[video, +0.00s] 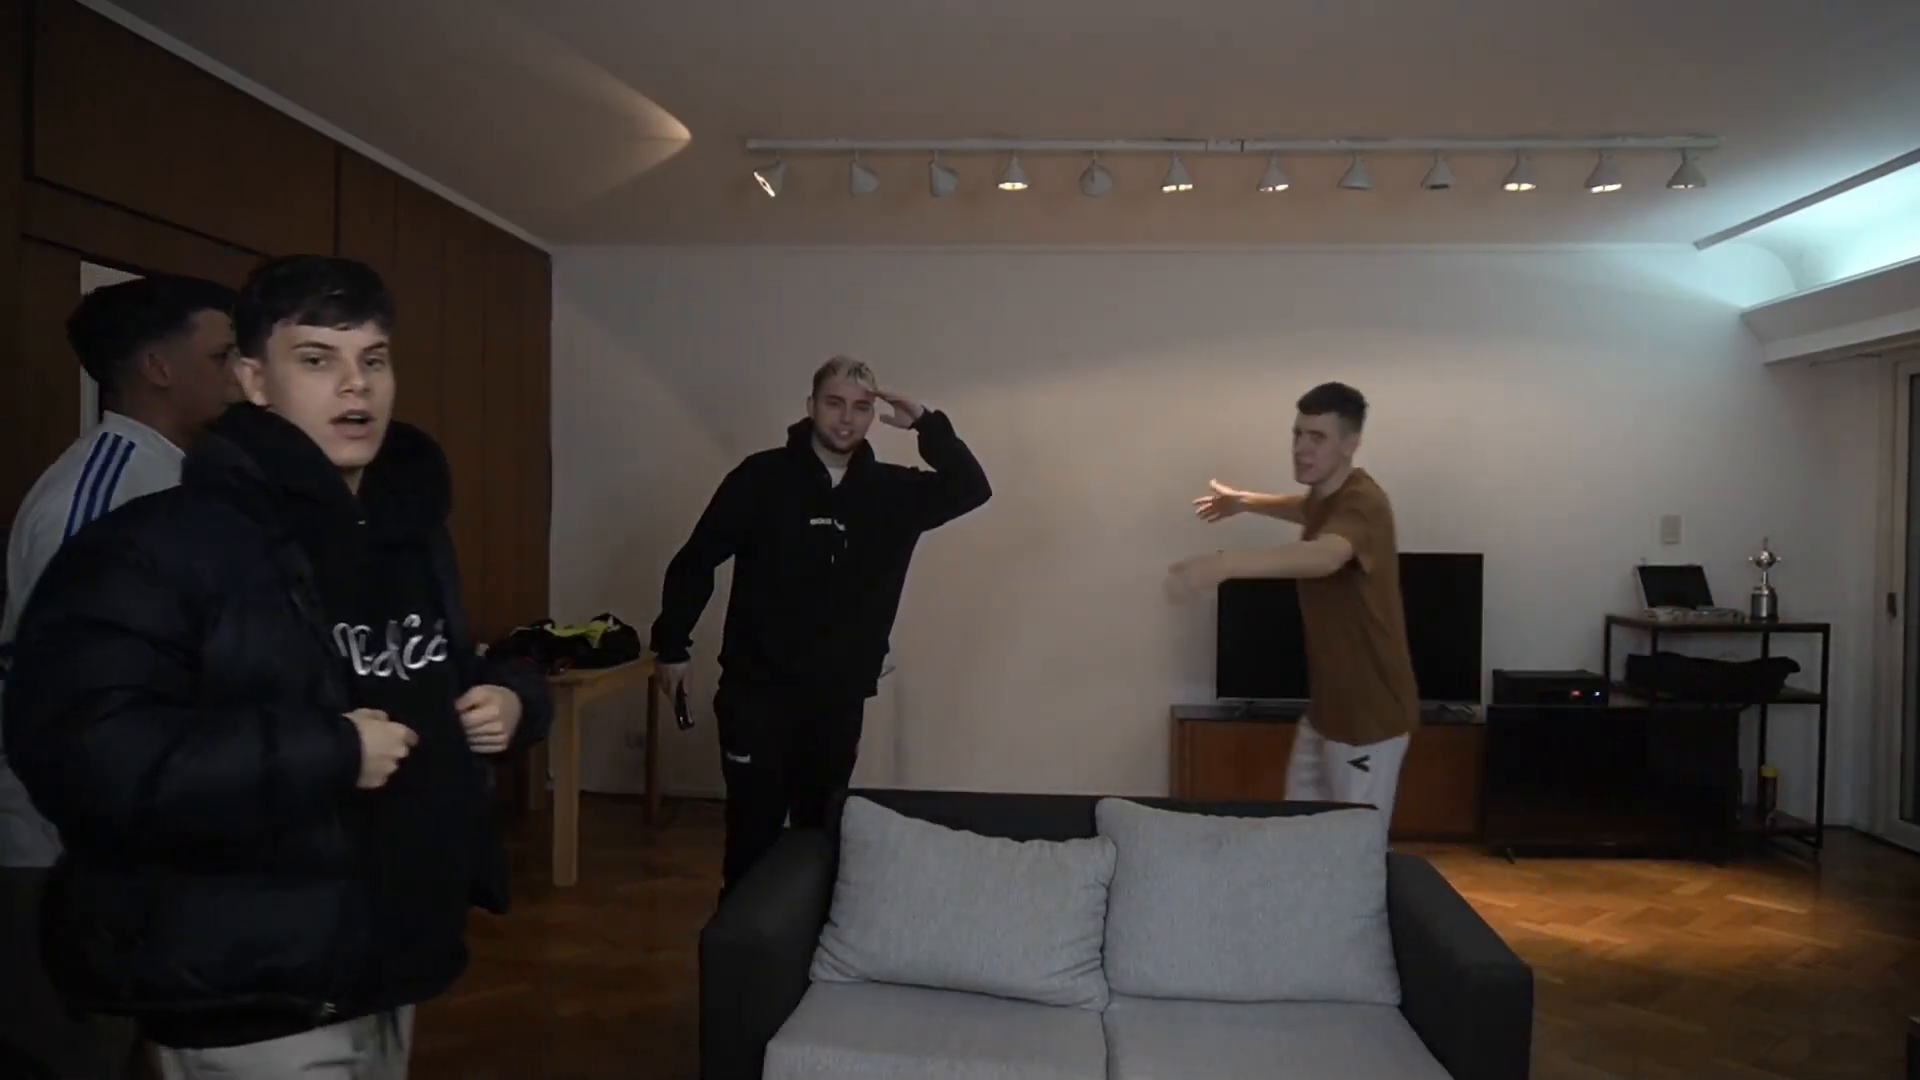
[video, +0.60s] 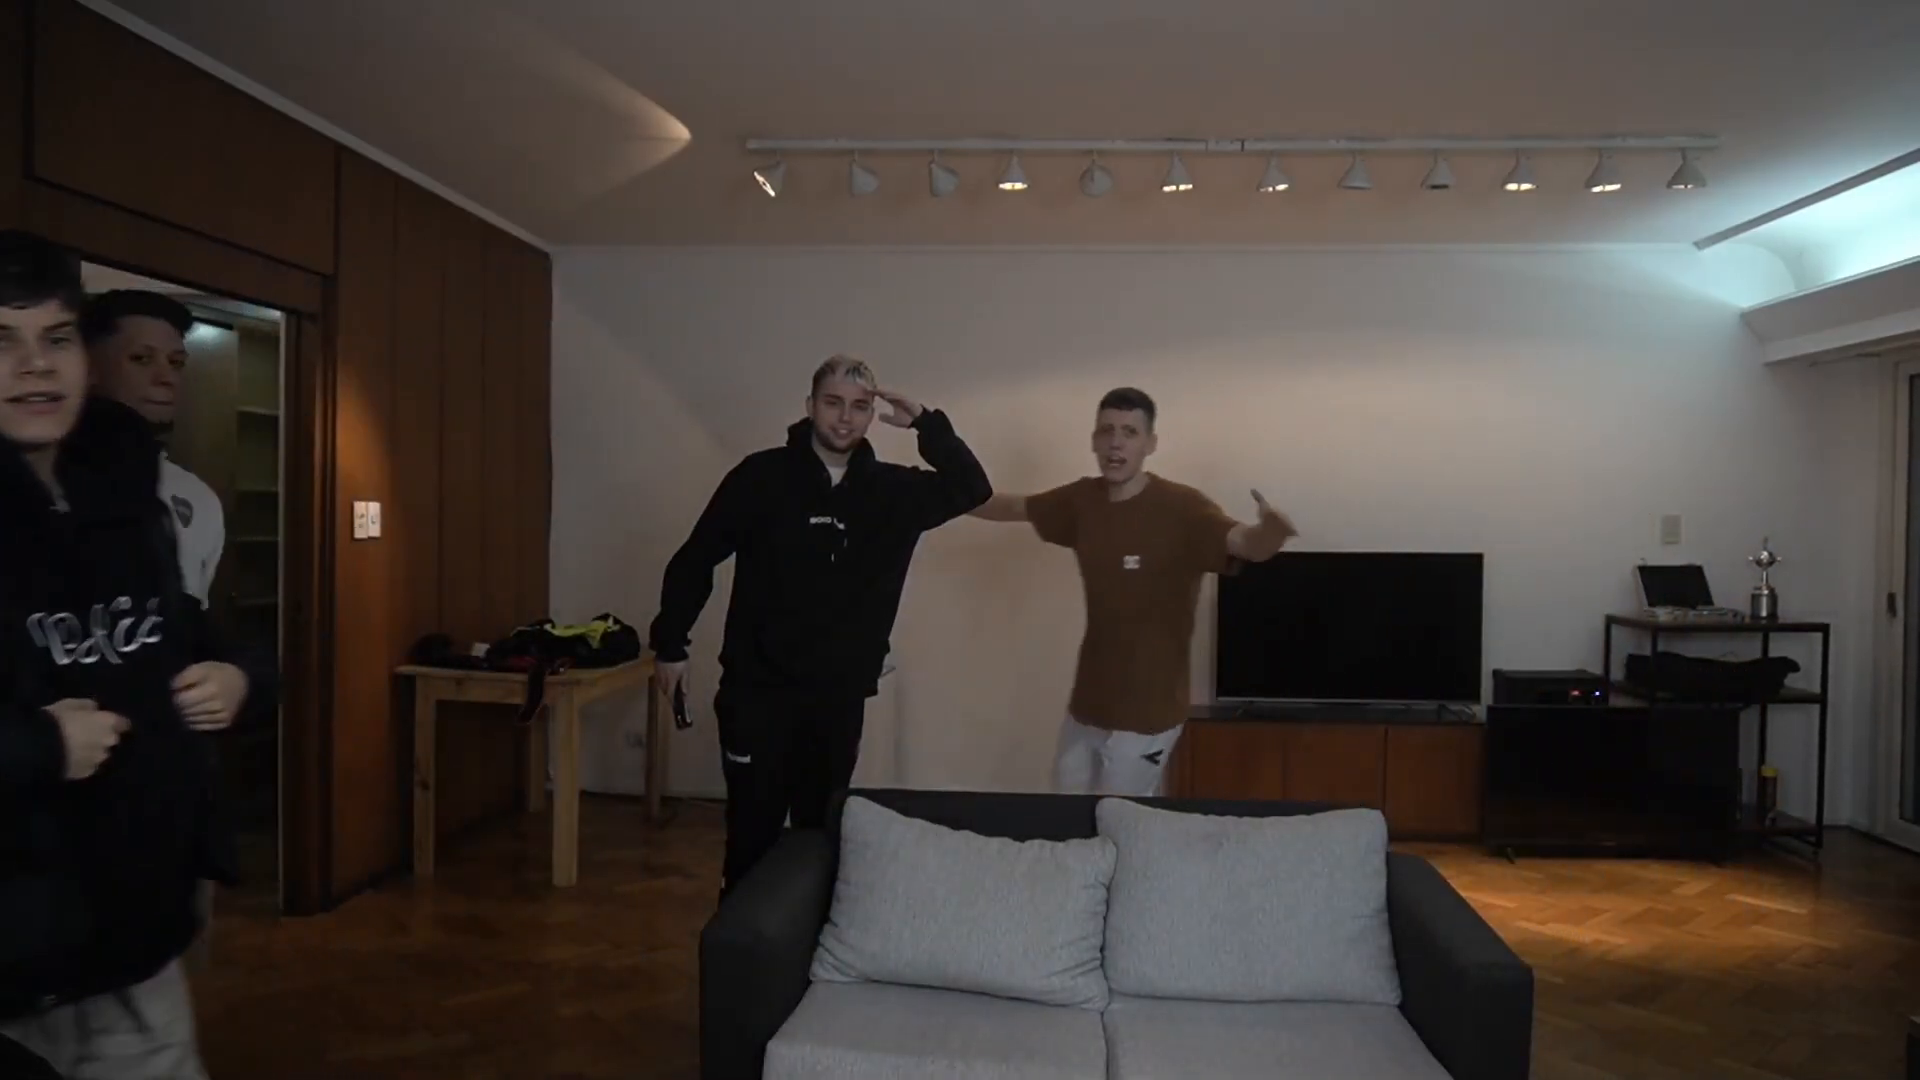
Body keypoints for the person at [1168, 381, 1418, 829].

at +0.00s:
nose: (1301, 447)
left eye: (1317, 437)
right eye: (1298, 434)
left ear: (1351, 444)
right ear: (1293, 434)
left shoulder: (1363, 501)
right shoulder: (1327, 497)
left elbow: (1325, 556)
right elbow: (1300, 508)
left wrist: (1222, 566)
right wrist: (1242, 501)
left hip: (1371, 718)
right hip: (1326, 707)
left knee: (1357, 852)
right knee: (1299, 838)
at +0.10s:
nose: (1264, 436)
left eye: (1279, 425)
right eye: (1260, 423)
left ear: (1311, 435)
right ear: (1253, 425)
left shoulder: (1324, 491)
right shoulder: (1279, 490)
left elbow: (1303, 553)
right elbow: (1262, 506)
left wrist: (1223, 573)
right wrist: (1204, 503)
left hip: (1337, 703)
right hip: (1286, 695)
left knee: (1342, 836)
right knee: (1275, 831)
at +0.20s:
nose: (1230, 445)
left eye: (1246, 434)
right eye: (1225, 433)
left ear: (1275, 441)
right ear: (1218, 434)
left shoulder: (1291, 498)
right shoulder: (1236, 498)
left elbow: (1300, 564)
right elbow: (1215, 511)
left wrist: (1237, 584)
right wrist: (1146, 503)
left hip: (1293, 705)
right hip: (1243, 697)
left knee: (1284, 835)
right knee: (1226, 825)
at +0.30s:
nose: (1202, 451)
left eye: (1218, 441)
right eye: (1196, 439)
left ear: (1243, 450)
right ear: (1188, 443)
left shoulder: (1262, 508)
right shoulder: (1193, 505)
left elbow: (1299, 570)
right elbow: (1151, 525)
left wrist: (1267, 590)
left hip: (1252, 712)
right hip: (1209, 703)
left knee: (1217, 832)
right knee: (1195, 827)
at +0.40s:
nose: (1172, 441)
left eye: (1187, 431)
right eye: (1165, 429)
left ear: (1212, 439)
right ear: (1156, 433)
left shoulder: (1238, 500)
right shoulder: (1154, 497)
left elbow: (1291, 550)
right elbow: (1098, 520)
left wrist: (1299, 574)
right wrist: (1014, 517)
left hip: (1221, 694)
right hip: (1174, 686)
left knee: (1162, 818)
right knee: (1181, 821)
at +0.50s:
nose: (1143, 433)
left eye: (1158, 422)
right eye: (1135, 421)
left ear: (1181, 432)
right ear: (1125, 427)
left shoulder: (1211, 495)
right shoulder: (1116, 491)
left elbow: (1264, 531)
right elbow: (1049, 509)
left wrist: (1292, 542)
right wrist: (967, 504)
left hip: (1184, 686)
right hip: (1133, 679)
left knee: (1139, 809)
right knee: (1141, 809)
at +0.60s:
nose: (1115, 442)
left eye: (1129, 432)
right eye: (1106, 430)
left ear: (1151, 443)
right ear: (1093, 439)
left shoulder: (1183, 509)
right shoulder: (1081, 501)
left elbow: (1243, 543)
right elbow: (1012, 507)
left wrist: (1268, 534)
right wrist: (948, 490)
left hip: (1150, 709)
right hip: (1090, 701)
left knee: (1122, 828)